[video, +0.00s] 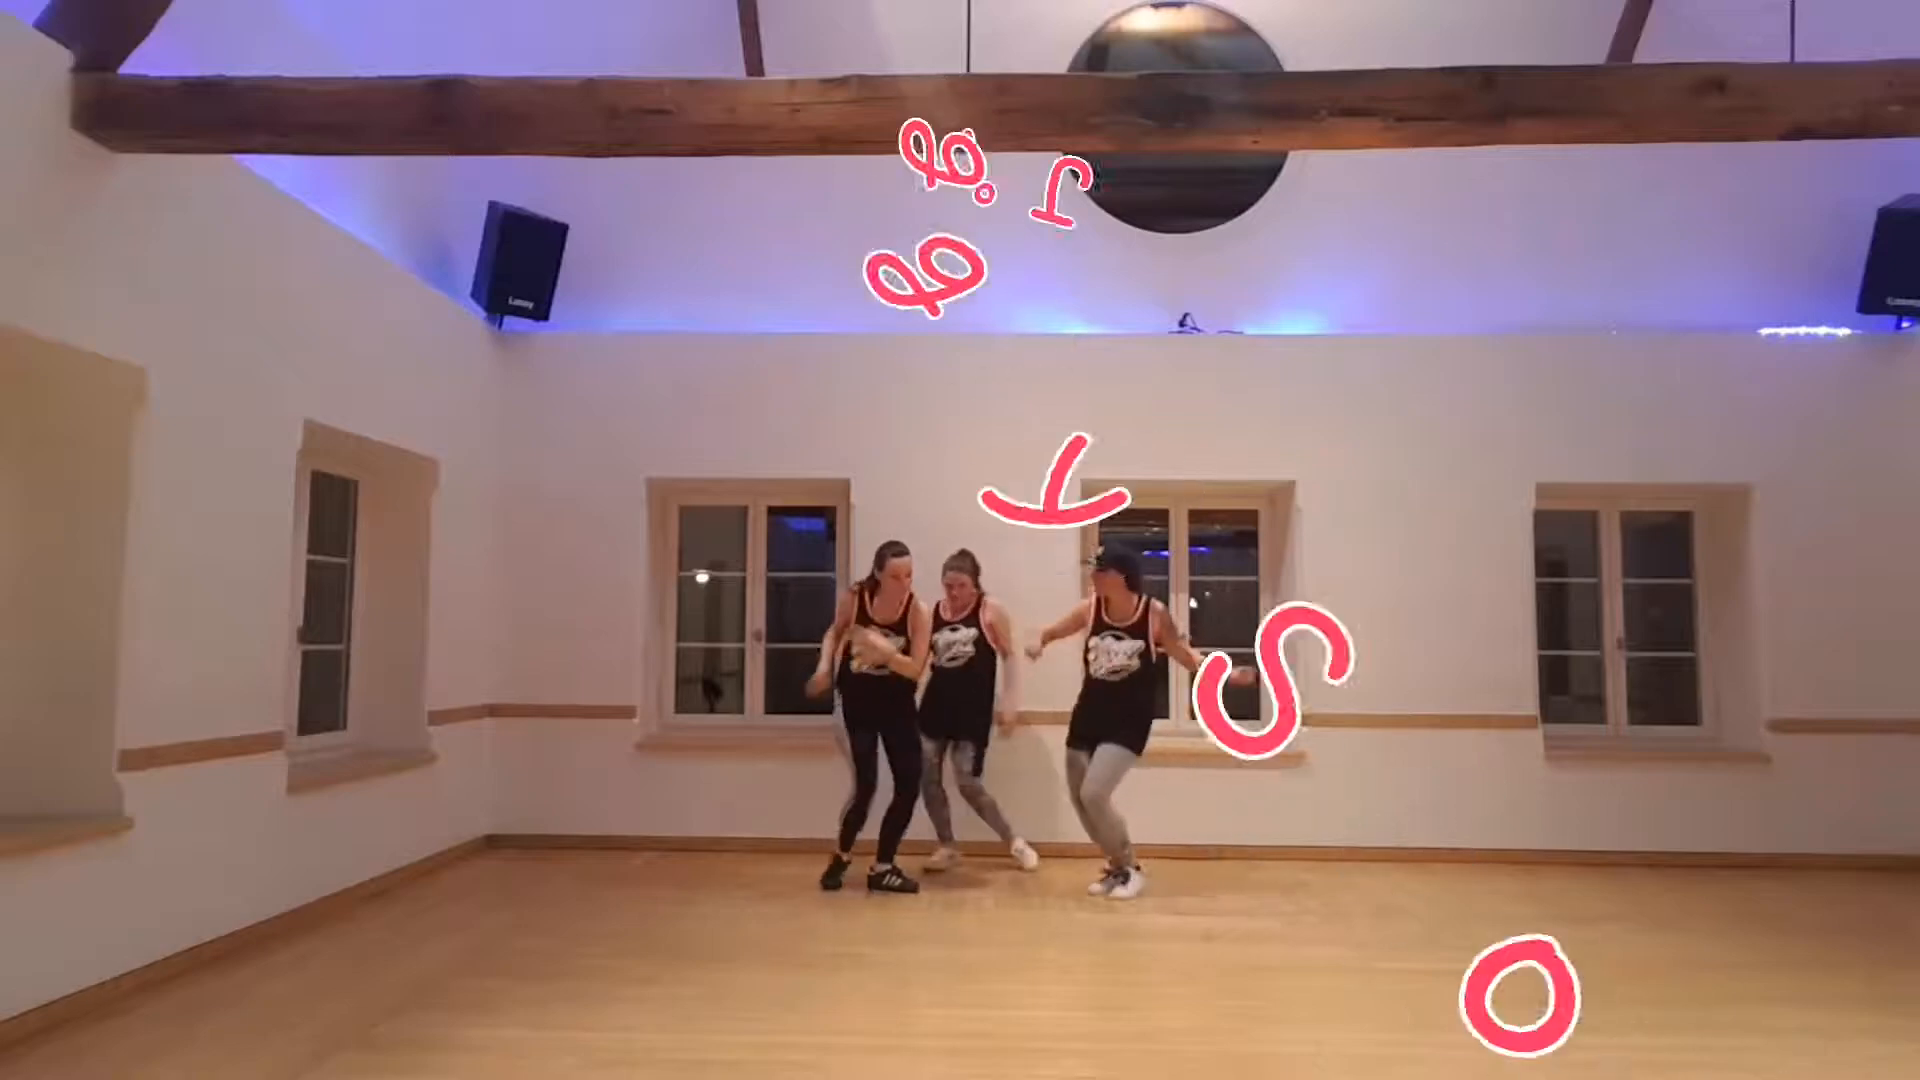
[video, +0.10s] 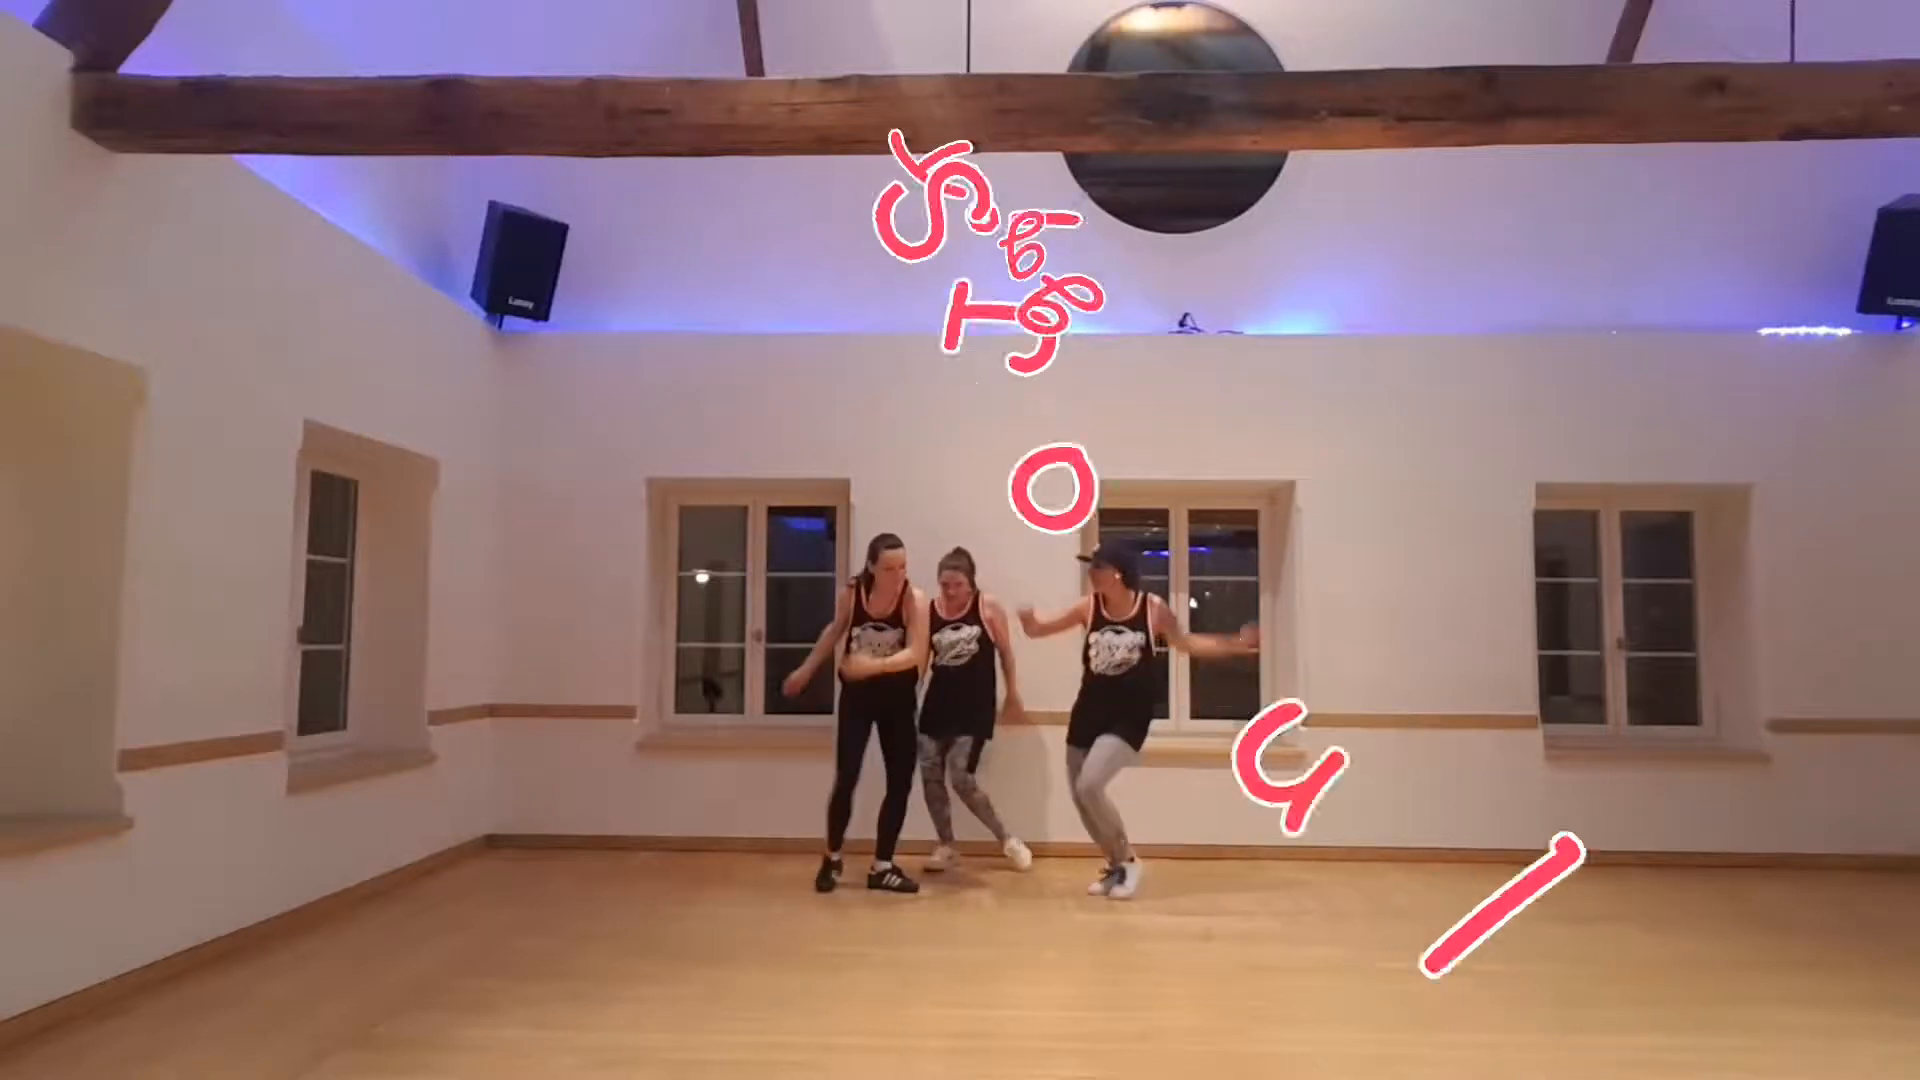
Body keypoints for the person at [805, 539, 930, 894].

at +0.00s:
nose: (906, 582)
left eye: (909, 575)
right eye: (899, 576)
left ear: (912, 573)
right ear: (878, 575)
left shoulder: (918, 610)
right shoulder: (854, 599)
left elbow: (916, 670)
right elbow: (836, 631)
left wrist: (885, 651)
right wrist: (824, 668)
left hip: (897, 700)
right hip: (857, 698)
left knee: (908, 786)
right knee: (865, 786)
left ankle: (883, 868)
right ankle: (842, 857)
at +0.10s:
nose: (900, 574)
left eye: (903, 567)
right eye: (892, 569)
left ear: (906, 564)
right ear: (873, 567)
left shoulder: (914, 599)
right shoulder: (852, 593)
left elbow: (917, 655)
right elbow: (834, 631)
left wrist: (874, 664)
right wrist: (805, 670)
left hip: (897, 695)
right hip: (856, 694)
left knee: (900, 781)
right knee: (846, 777)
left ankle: (882, 865)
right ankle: (832, 858)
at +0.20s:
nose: (890, 570)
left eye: (892, 563)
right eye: (882, 565)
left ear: (895, 563)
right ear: (863, 566)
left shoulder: (905, 593)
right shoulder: (847, 593)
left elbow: (913, 645)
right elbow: (832, 625)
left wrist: (890, 684)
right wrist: (800, 651)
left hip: (896, 683)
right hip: (853, 684)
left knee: (899, 780)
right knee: (836, 776)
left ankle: (883, 865)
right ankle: (816, 857)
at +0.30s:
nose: (879, 573)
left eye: (881, 566)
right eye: (871, 568)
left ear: (884, 566)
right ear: (851, 571)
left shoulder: (894, 598)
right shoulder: (838, 604)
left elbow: (915, 643)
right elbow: (822, 642)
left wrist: (920, 691)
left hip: (888, 699)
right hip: (845, 699)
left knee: (904, 782)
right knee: (827, 781)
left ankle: (885, 865)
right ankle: (803, 859)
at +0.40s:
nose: (853, 580)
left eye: (857, 575)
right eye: (848, 575)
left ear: (866, 580)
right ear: (837, 581)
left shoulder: (883, 612)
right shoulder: (828, 613)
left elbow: (917, 645)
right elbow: (804, 624)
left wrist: (944, 684)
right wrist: (771, 631)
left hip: (879, 715)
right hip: (836, 714)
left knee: (905, 787)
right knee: (813, 787)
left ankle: (889, 864)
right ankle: (798, 866)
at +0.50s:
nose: (844, 586)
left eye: (849, 579)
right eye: (837, 579)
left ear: (855, 583)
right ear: (820, 585)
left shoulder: (870, 614)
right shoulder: (812, 617)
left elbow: (913, 646)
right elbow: (794, 631)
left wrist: (954, 680)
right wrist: (763, 638)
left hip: (870, 719)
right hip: (826, 719)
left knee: (904, 793)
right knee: (796, 786)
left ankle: (893, 863)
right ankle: (794, 868)